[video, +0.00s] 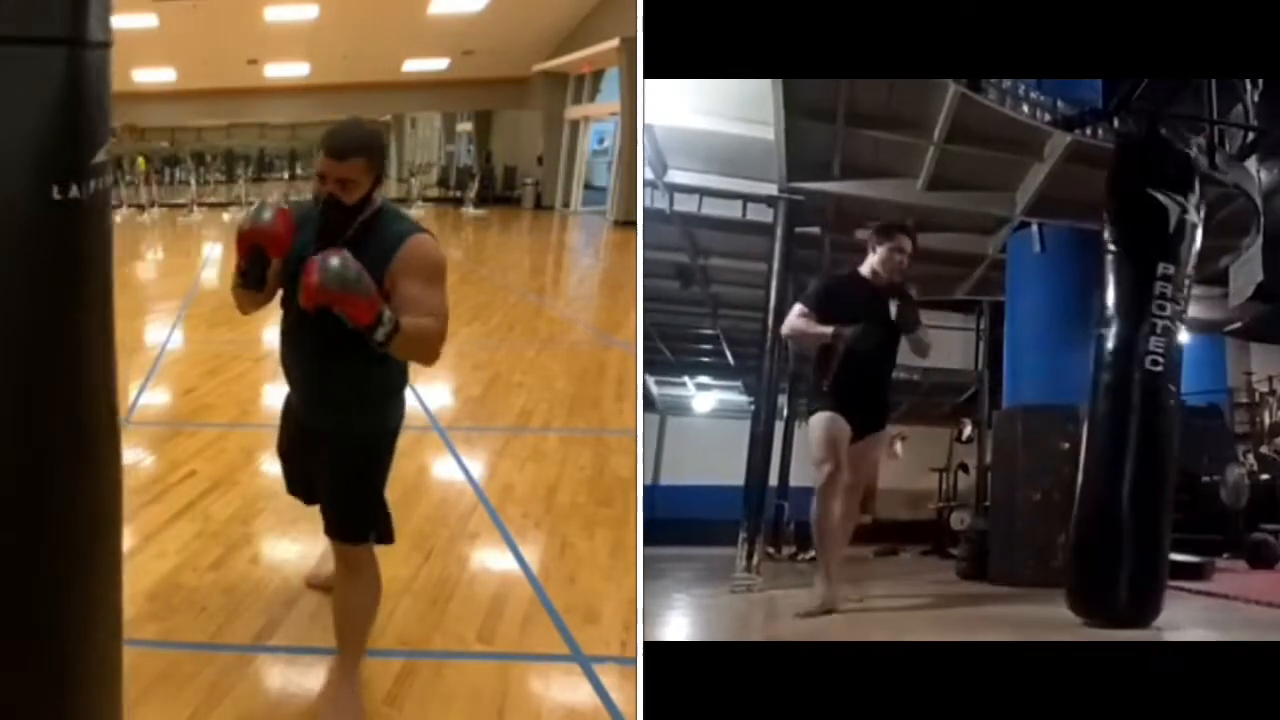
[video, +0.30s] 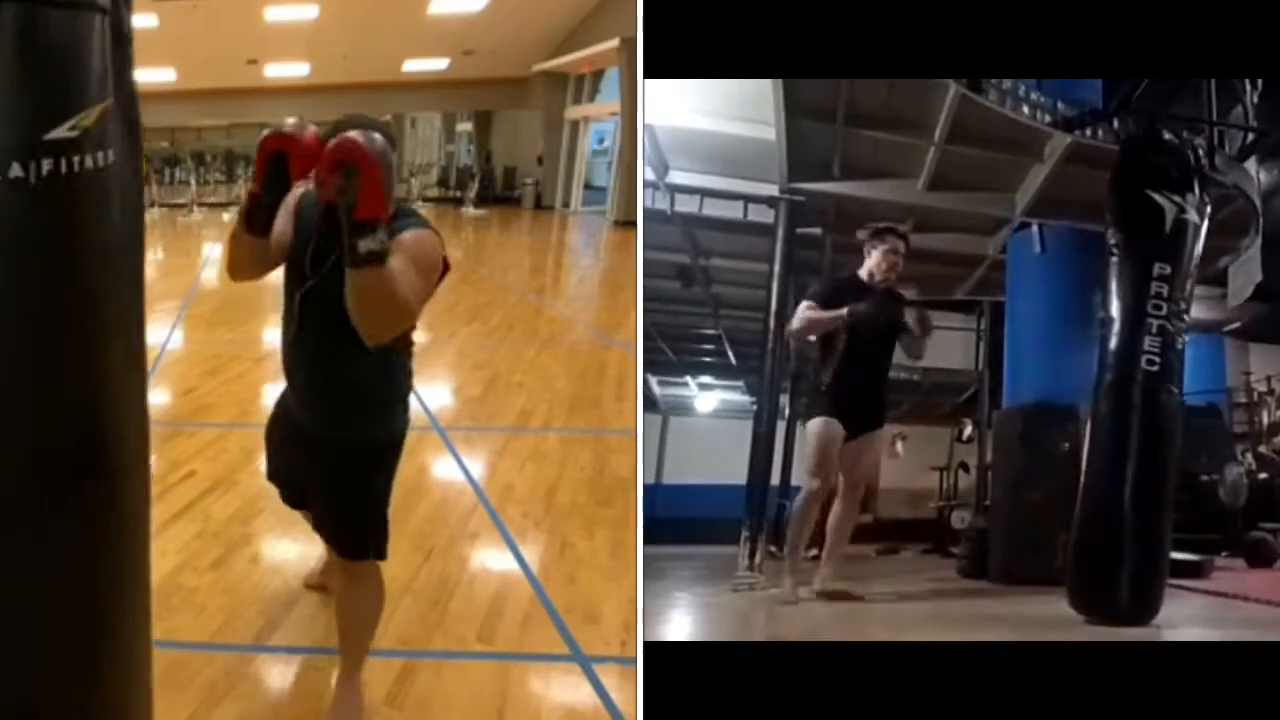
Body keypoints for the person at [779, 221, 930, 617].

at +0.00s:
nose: (902, 262)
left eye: (907, 256)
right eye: (896, 252)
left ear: (909, 262)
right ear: (873, 250)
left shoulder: (898, 301)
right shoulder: (836, 286)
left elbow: (923, 351)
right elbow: (791, 325)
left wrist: (911, 323)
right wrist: (836, 332)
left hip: (872, 404)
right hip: (831, 398)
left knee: (854, 496)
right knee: (830, 476)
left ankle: (828, 576)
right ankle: (825, 584)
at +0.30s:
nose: (894, 261)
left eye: (900, 256)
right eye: (889, 253)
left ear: (902, 263)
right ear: (867, 253)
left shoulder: (894, 302)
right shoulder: (837, 287)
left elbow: (914, 354)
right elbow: (799, 324)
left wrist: (919, 330)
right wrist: (849, 314)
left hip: (870, 405)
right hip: (830, 399)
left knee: (852, 492)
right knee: (817, 486)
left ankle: (828, 575)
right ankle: (790, 573)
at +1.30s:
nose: (909, 263)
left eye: (916, 257)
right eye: (903, 254)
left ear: (919, 263)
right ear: (883, 252)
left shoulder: (914, 296)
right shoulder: (859, 282)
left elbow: (932, 344)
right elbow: (824, 316)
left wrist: (930, 308)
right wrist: (872, 287)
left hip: (896, 398)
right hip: (851, 394)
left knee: (932, 471)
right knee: (816, 476)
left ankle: (929, 570)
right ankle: (799, 583)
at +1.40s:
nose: (902, 261)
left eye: (907, 256)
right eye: (895, 253)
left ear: (910, 261)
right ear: (872, 251)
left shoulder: (908, 292)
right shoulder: (845, 281)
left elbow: (931, 343)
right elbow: (808, 319)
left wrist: (930, 309)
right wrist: (858, 296)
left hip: (891, 399)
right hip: (845, 396)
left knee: (911, 492)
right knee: (813, 483)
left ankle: (917, 585)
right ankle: (799, 586)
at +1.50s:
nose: (895, 257)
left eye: (901, 253)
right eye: (888, 249)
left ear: (905, 259)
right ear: (868, 248)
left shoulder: (904, 293)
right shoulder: (837, 282)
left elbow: (933, 344)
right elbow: (799, 321)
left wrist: (933, 317)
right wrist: (846, 299)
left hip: (889, 401)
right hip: (841, 398)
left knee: (911, 490)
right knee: (810, 486)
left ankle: (917, 582)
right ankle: (799, 585)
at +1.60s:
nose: (888, 249)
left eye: (894, 245)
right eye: (882, 240)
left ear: (896, 251)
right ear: (861, 238)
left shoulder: (898, 286)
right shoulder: (828, 273)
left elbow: (919, 343)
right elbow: (790, 317)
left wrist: (912, 309)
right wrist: (839, 300)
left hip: (883, 389)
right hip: (835, 387)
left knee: (908, 469)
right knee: (808, 478)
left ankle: (906, 579)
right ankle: (798, 586)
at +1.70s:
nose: (886, 249)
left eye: (893, 244)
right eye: (880, 239)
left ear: (896, 251)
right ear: (859, 238)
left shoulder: (898, 286)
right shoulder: (826, 273)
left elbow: (916, 344)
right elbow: (789, 316)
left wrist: (911, 312)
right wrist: (836, 302)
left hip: (883, 390)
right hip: (835, 387)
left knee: (899, 481)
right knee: (806, 480)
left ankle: (906, 586)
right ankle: (797, 585)